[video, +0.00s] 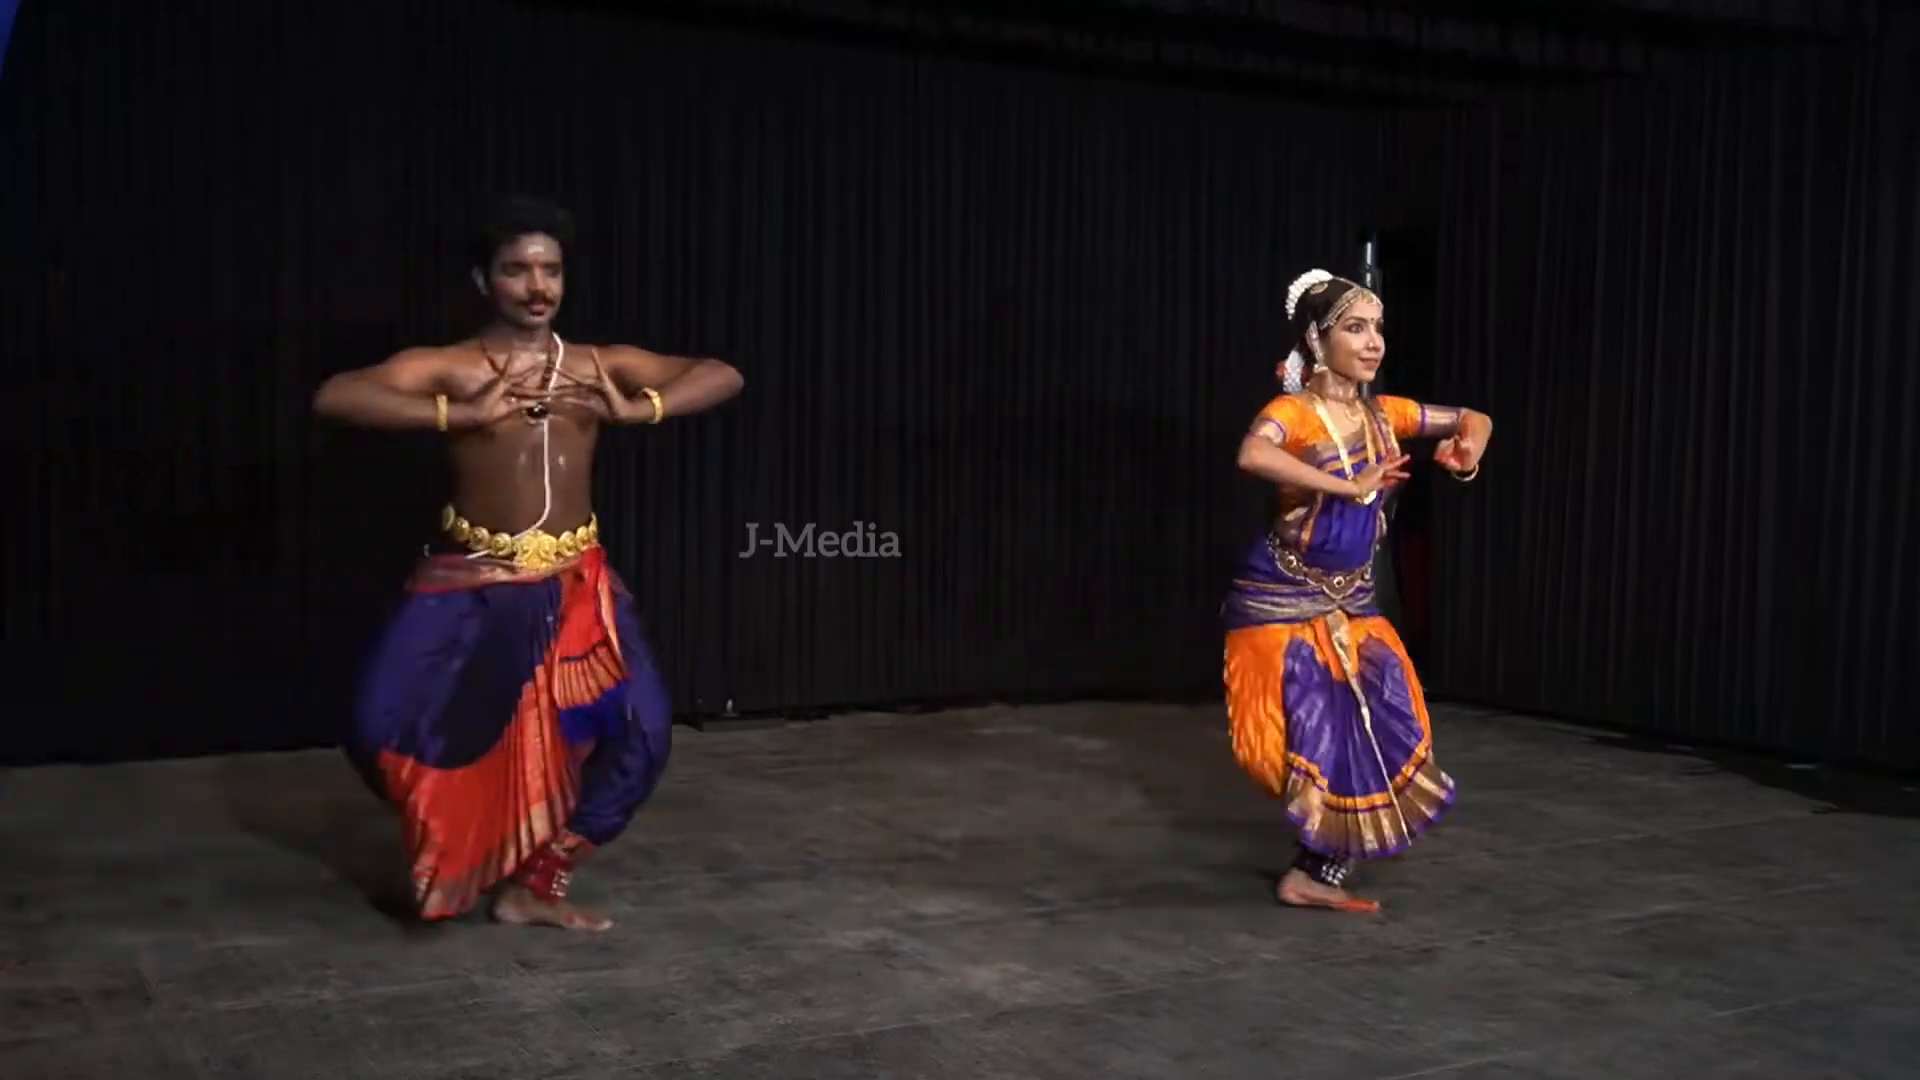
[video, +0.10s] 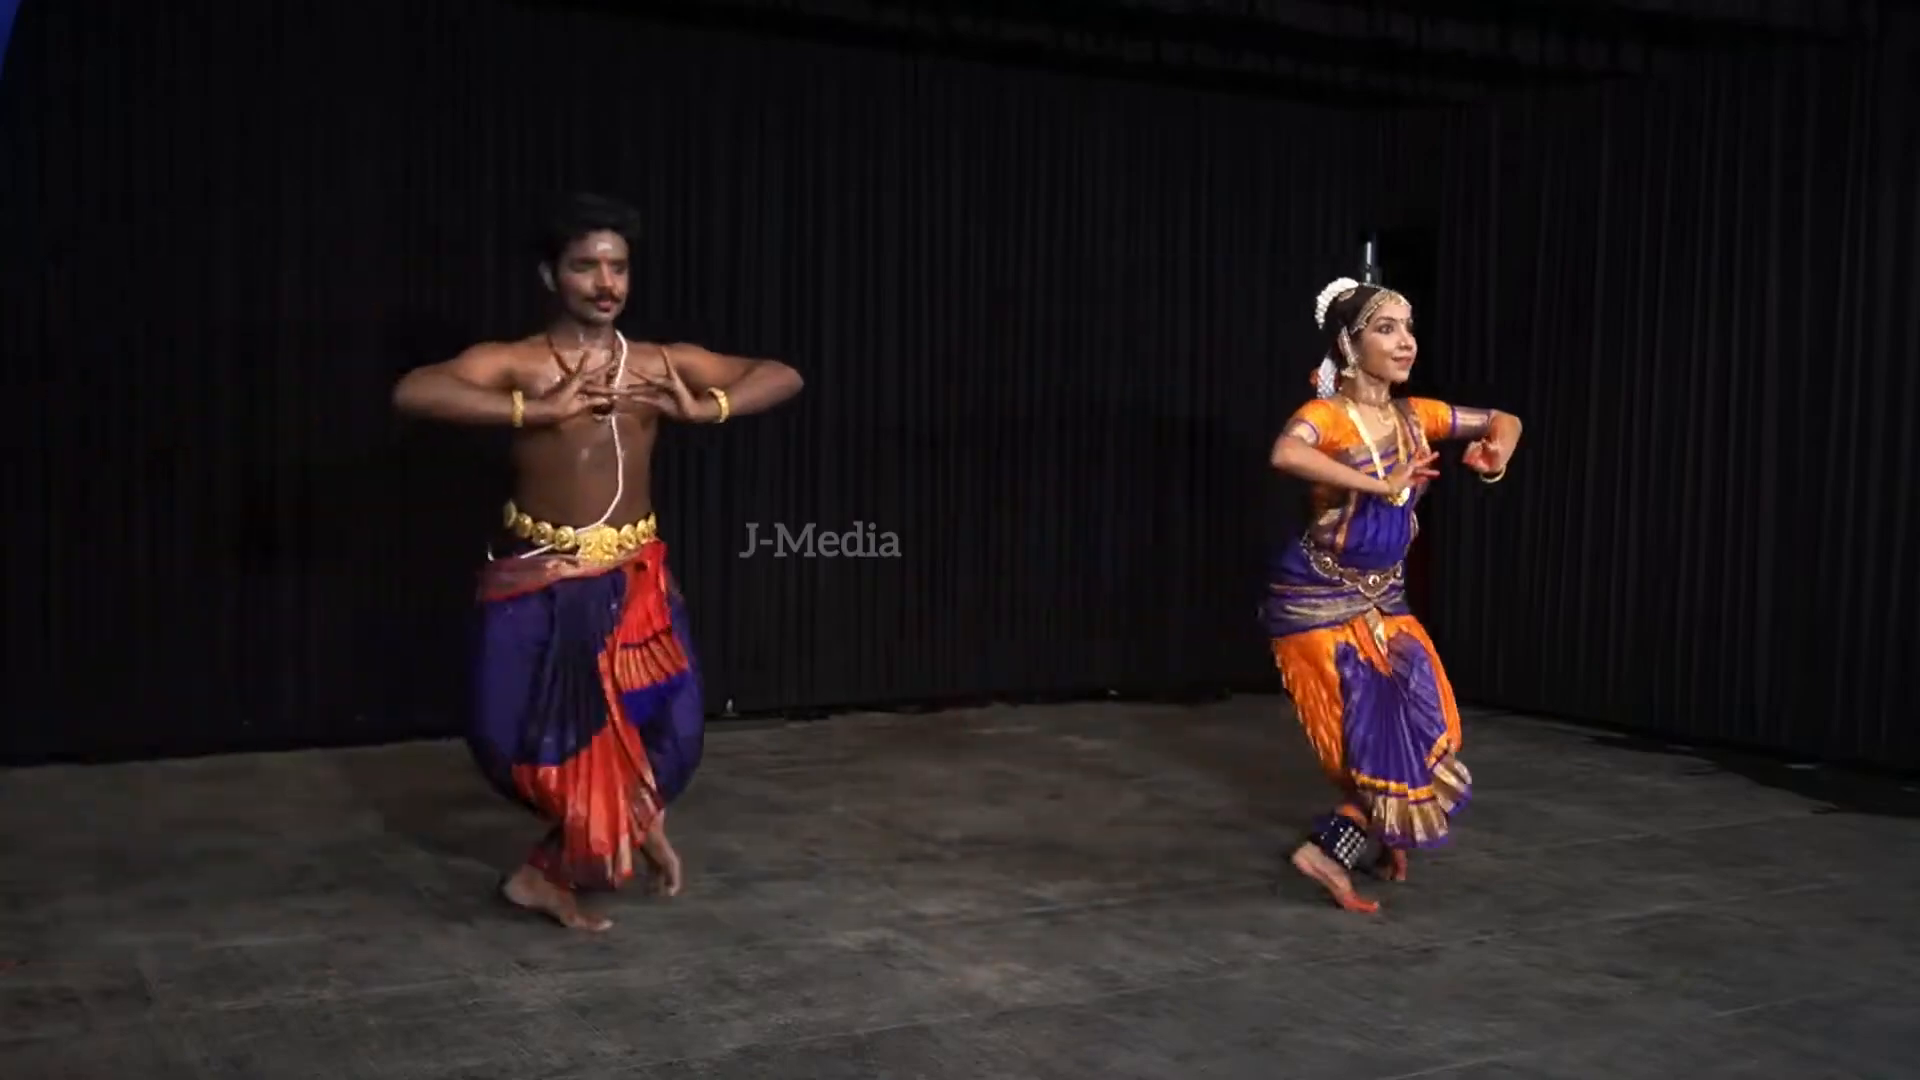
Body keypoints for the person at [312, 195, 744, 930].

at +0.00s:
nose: (538, 286)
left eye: (551, 270)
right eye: (518, 271)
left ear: (565, 280)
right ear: (486, 281)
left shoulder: (598, 365)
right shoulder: (455, 366)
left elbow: (725, 377)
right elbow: (336, 398)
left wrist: (644, 408)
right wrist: (460, 414)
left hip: (575, 582)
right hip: (474, 584)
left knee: (638, 729)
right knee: (380, 721)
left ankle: (533, 888)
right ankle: (448, 850)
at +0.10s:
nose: (607, 283)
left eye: (619, 267)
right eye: (587, 267)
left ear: (631, 276)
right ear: (552, 276)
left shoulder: (659, 362)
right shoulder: (520, 361)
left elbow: (785, 377)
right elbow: (413, 393)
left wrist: (712, 407)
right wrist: (531, 409)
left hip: (633, 577)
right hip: (541, 580)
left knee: (675, 733)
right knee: (501, 736)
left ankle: (545, 876)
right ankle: (634, 816)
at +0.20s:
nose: (666, 278)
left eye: (677, 263)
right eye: (648, 263)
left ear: (689, 272)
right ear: (613, 271)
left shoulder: (716, 358)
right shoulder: (578, 357)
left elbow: (837, 372)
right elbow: (482, 389)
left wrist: (770, 402)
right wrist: (597, 406)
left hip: (689, 564)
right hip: (598, 567)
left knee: (755, 708)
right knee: (585, 727)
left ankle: (620, 841)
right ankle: (691, 836)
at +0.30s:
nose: (723, 272)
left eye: (733, 258)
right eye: (705, 258)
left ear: (743, 268)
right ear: (668, 268)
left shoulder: (767, 353)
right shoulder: (632, 350)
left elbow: (885, 366)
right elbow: (540, 381)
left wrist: (824, 397)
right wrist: (652, 398)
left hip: (741, 555)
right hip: (648, 560)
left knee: (832, 674)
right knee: (633, 725)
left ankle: (746, 832)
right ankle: (704, 841)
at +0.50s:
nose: (833, 311)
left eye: (844, 296)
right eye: (818, 294)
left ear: (853, 301)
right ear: (780, 295)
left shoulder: (866, 377)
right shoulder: (738, 367)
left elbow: (982, 397)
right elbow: (650, 392)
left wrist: (916, 415)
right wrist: (762, 406)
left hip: (834, 570)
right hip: (746, 573)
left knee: (928, 693)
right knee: (727, 725)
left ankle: (872, 847)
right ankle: (797, 854)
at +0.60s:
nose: (893, 336)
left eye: (903, 323)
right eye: (877, 320)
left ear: (910, 328)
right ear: (839, 321)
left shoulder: (915, 408)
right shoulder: (789, 395)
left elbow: (1017, 458)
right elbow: (686, 438)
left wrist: (997, 420)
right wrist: (773, 392)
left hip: (880, 584)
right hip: (794, 584)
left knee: (984, 680)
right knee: (767, 734)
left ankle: (904, 817)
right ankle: (793, 853)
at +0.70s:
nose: (959, 345)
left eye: (968, 332)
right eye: (943, 328)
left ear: (975, 337)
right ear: (904, 329)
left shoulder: (971, 424)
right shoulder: (850, 401)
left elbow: (1056, 479)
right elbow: (753, 458)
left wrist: (1092, 423)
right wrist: (752, 383)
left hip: (929, 591)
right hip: (844, 591)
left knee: (1045, 662)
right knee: (795, 723)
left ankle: (1015, 814)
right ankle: (803, 860)